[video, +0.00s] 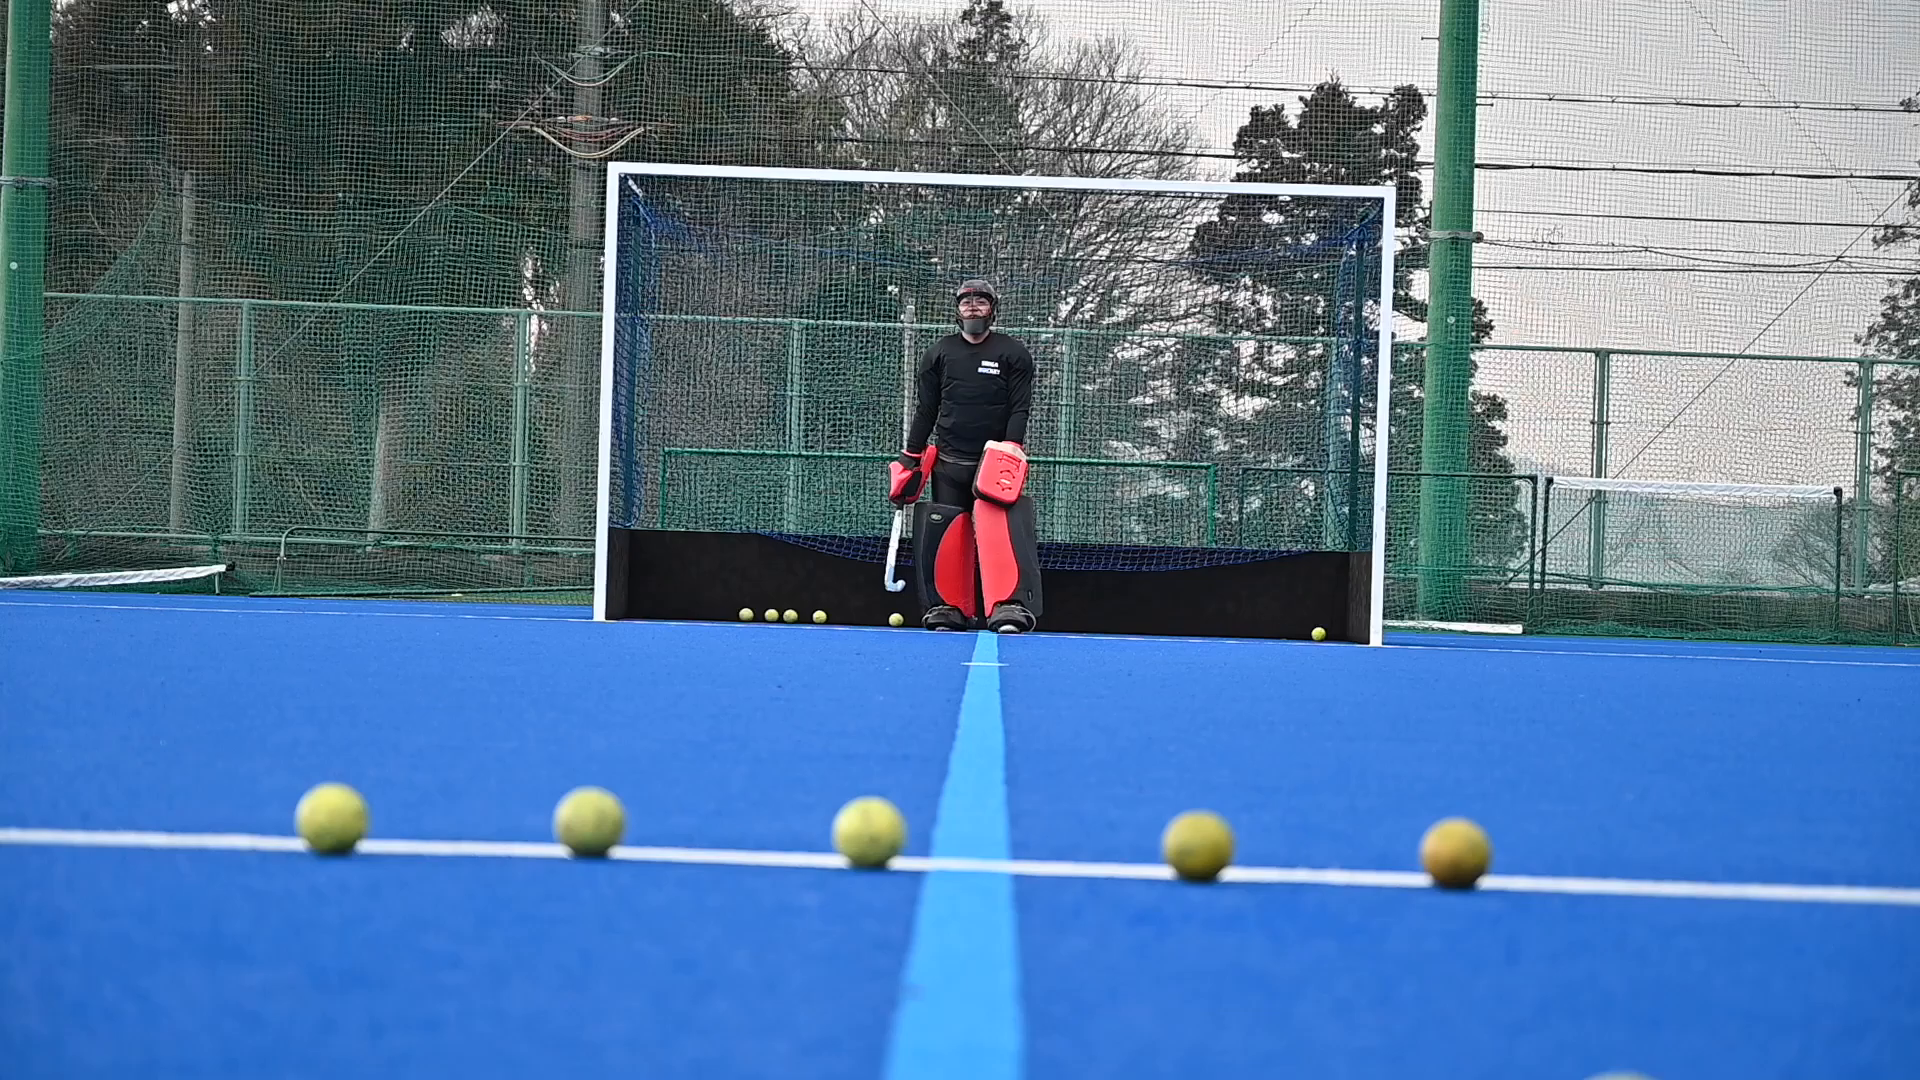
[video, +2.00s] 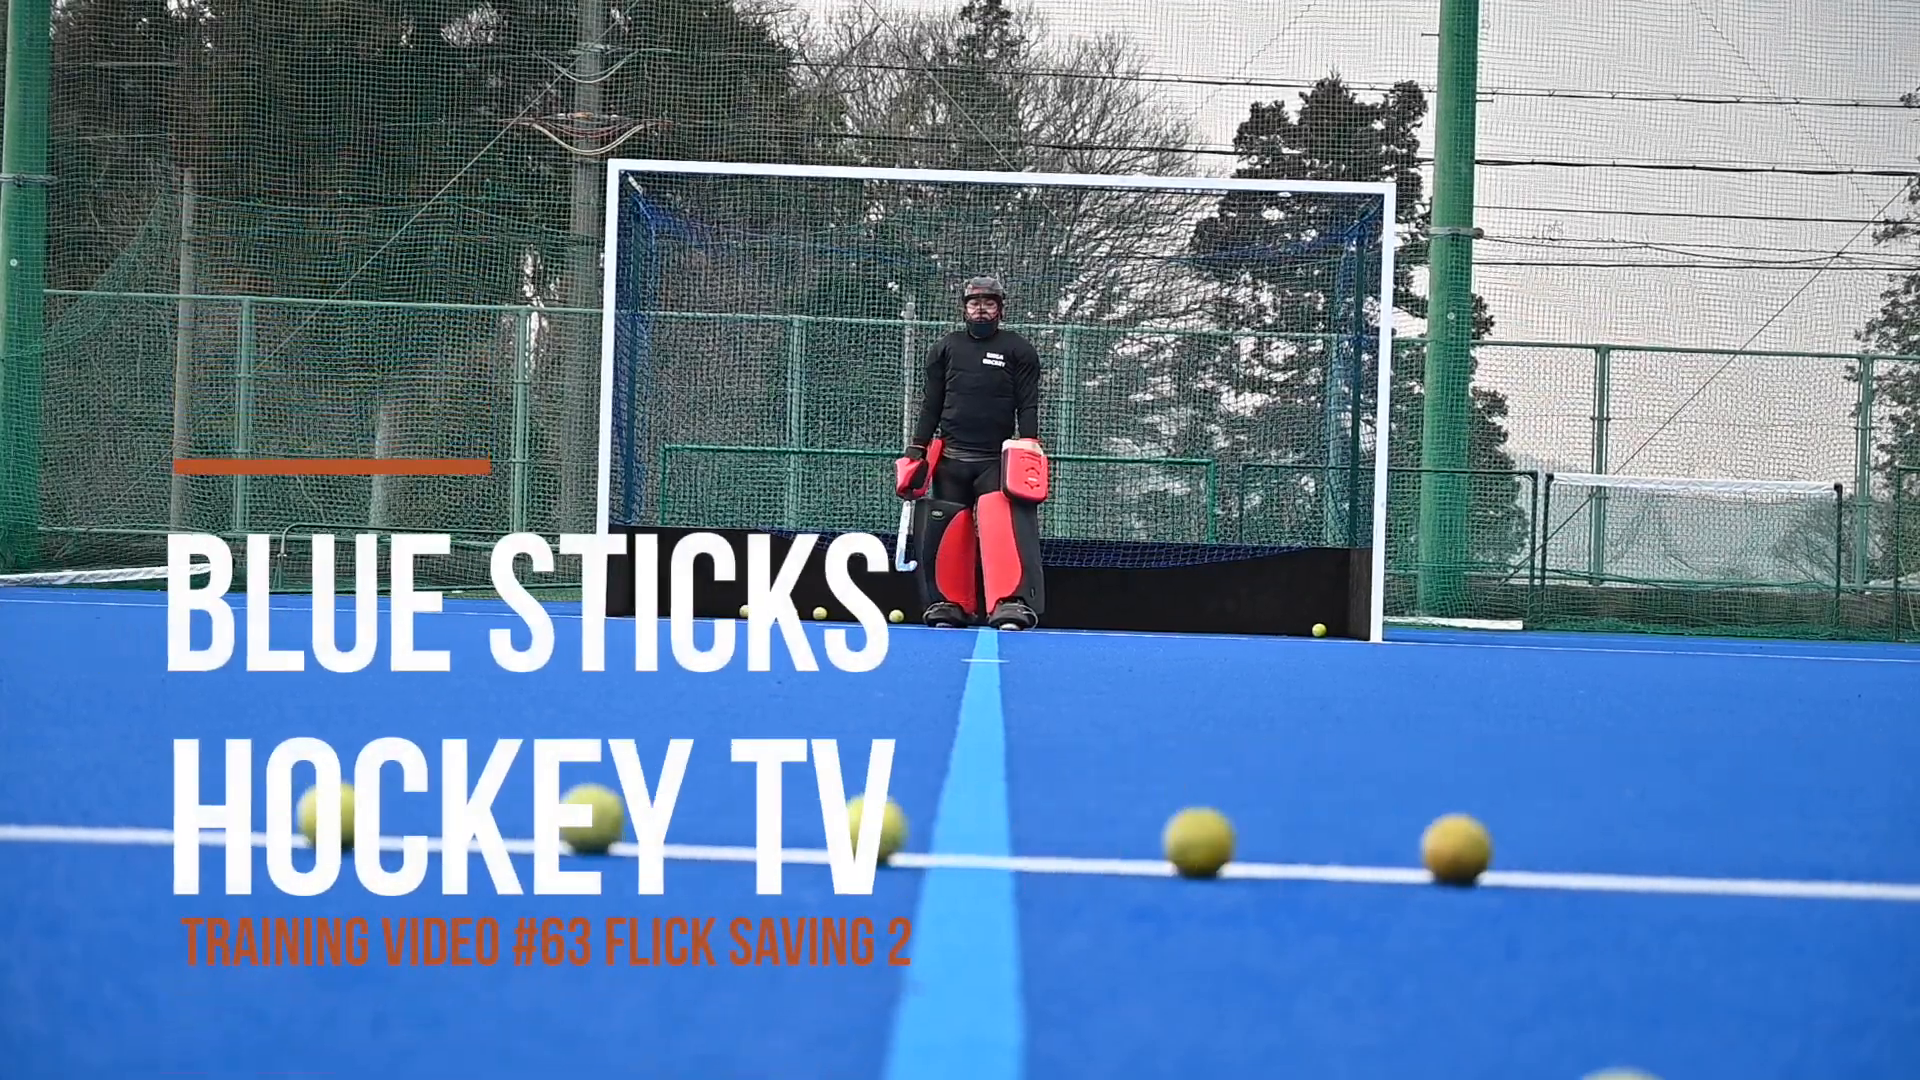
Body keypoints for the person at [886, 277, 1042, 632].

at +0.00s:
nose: (973, 306)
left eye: (980, 300)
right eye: (966, 301)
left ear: (992, 308)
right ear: (957, 308)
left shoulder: (1013, 353)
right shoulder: (939, 352)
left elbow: (1019, 409)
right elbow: (925, 410)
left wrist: (1008, 456)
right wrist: (910, 459)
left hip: (994, 466)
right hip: (949, 463)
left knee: (998, 535)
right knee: (947, 535)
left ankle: (1004, 608)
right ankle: (949, 609)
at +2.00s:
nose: (981, 309)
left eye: (988, 302)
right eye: (974, 302)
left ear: (1000, 307)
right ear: (964, 307)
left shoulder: (1019, 350)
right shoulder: (945, 348)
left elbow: (1027, 407)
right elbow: (930, 406)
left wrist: (1027, 456)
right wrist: (916, 455)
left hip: (997, 461)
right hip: (951, 459)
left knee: (1001, 530)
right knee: (946, 531)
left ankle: (1008, 605)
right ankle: (949, 605)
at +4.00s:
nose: (988, 316)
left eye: (995, 309)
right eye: (981, 309)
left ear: (1007, 314)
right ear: (971, 314)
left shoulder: (1029, 354)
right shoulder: (955, 353)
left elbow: (1053, 394)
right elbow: (930, 399)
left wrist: (1055, 404)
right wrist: (918, 419)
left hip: (1007, 465)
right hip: (961, 463)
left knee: (1007, 531)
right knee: (954, 533)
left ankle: (1009, 607)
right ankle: (955, 606)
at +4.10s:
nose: (986, 315)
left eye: (994, 309)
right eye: (979, 309)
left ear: (1006, 313)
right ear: (970, 314)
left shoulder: (1028, 354)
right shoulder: (955, 353)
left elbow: (1052, 393)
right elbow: (930, 399)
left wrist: (1056, 405)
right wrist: (918, 419)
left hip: (1006, 465)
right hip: (960, 463)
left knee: (1006, 531)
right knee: (954, 533)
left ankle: (1009, 607)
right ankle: (955, 606)